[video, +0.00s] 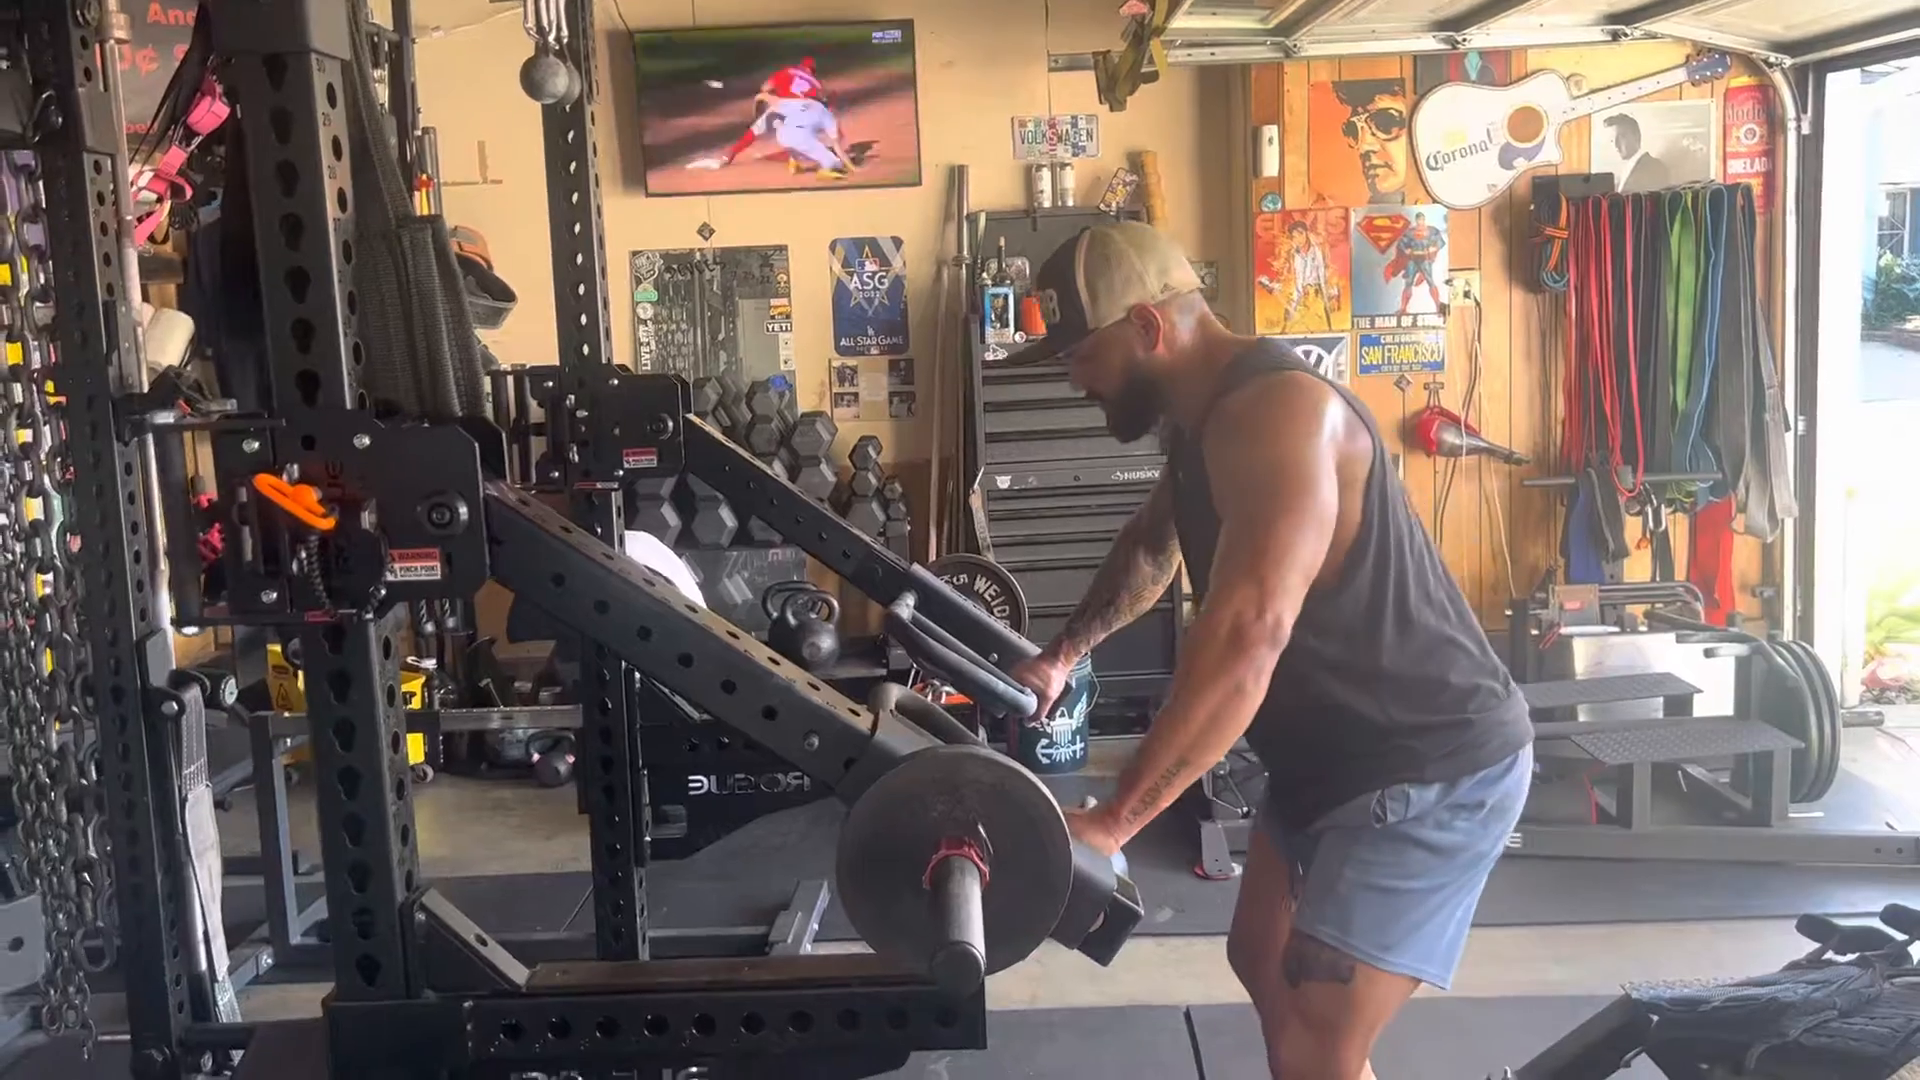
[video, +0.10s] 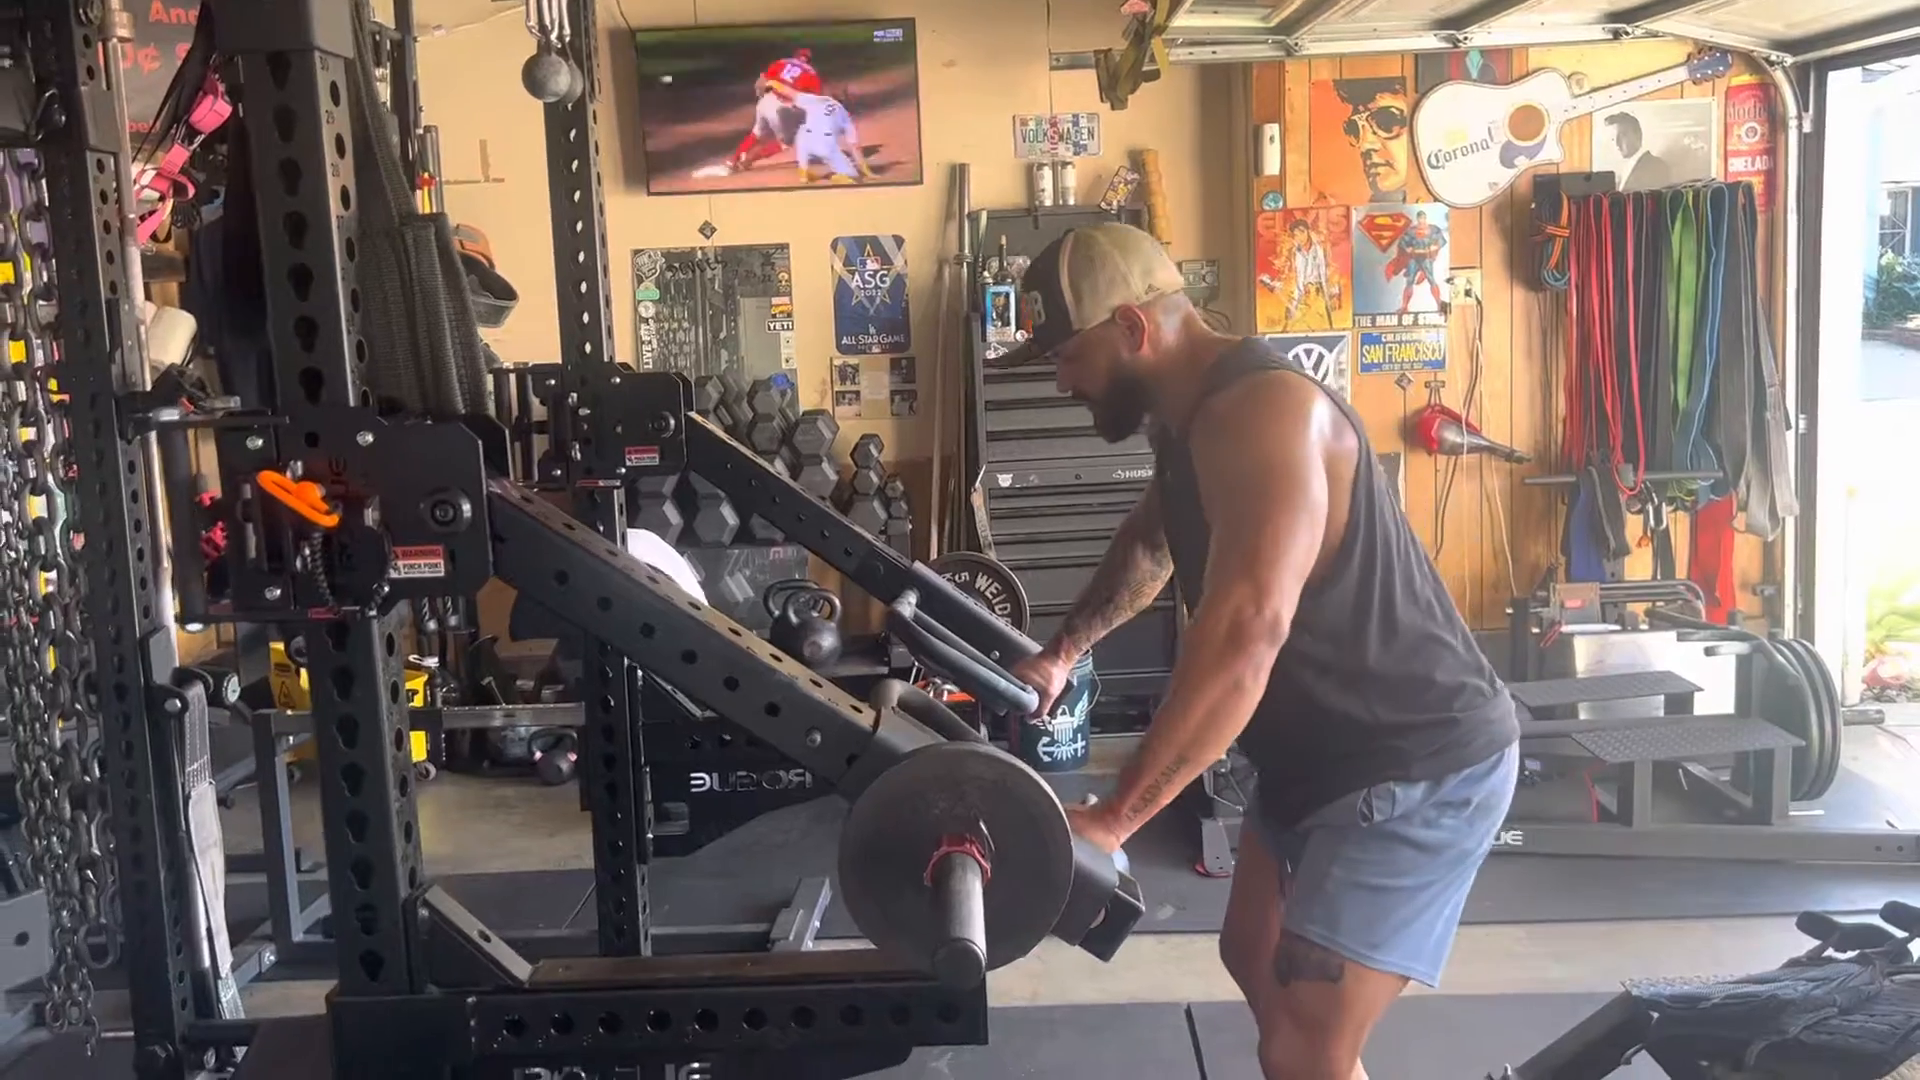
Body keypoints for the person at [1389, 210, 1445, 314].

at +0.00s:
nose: (1420, 222)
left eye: (1422, 220)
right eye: (1419, 220)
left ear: (1425, 220)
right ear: (1416, 221)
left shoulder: (1432, 231)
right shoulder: (1410, 232)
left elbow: (1441, 242)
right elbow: (1400, 243)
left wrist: (1433, 249)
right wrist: (1406, 251)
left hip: (1425, 257)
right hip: (1413, 257)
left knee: (1430, 281)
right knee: (1408, 282)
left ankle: (1438, 306)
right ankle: (1403, 308)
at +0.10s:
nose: (1422, 221)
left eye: (1423, 218)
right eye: (1420, 218)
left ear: (1426, 219)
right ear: (1417, 219)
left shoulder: (1434, 230)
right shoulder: (1411, 230)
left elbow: (1442, 240)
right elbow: (1402, 242)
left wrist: (1435, 247)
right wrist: (1408, 249)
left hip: (1427, 256)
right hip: (1414, 256)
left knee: (1431, 280)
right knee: (1409, 281)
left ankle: (1439, 304)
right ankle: (1404, 306)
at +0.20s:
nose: (1424, 218)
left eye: (1425, 216)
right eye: (1422, 216)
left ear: (1428, 216)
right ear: (1419, 217)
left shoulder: (1435, 227)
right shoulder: (1413, 228)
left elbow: (1444, 238)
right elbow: (1403, 240)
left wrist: (1437, 244)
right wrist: (1409, 247)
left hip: (1428, 253)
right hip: (1416, 253)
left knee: (1433, 277)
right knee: (1411, 278)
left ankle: (1441, 302)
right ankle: (1406, 304)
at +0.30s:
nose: (1427, 216)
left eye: (1428, 213)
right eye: (1425, 214)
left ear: (1431, 214)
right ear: (1422, 214)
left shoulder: (1438, 224)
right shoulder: (1415, 225)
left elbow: (1446, 235)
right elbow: (1406, 237)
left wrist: (1440, 241)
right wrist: (1412, 244)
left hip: (1431, 250)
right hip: (1418, 250)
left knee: (1436, 275)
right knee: (1414, 276)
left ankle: (1443, 299)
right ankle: (1408, 301)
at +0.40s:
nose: (1430, 211)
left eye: (1431, 208)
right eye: (1428, 209)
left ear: (1434, 209)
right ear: (1424, 210)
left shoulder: (1441, 220)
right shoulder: (1418, 221)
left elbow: (1449, 231)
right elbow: (1409, 233)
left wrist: (1443, 237)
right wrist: (1415, 239)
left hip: (1434, 246)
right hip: (1421, 246)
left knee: (1439, 270)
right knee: (1417, 272)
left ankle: (1446, 295)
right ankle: (1411, 297)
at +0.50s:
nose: (1433, 205)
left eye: (1435, 203)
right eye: (1431, 203)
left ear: (1438, 204)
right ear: (1428, 204)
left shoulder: (1445, 214)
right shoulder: (1422, 215)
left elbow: (1453, 225)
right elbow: (1413, 227)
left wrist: (1447, 231)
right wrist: (1419, 233)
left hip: (1438, 240)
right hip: (1425, 240)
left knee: (1442, 264)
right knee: (1420, 266)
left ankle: (1450, 289)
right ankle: (1415, 291)